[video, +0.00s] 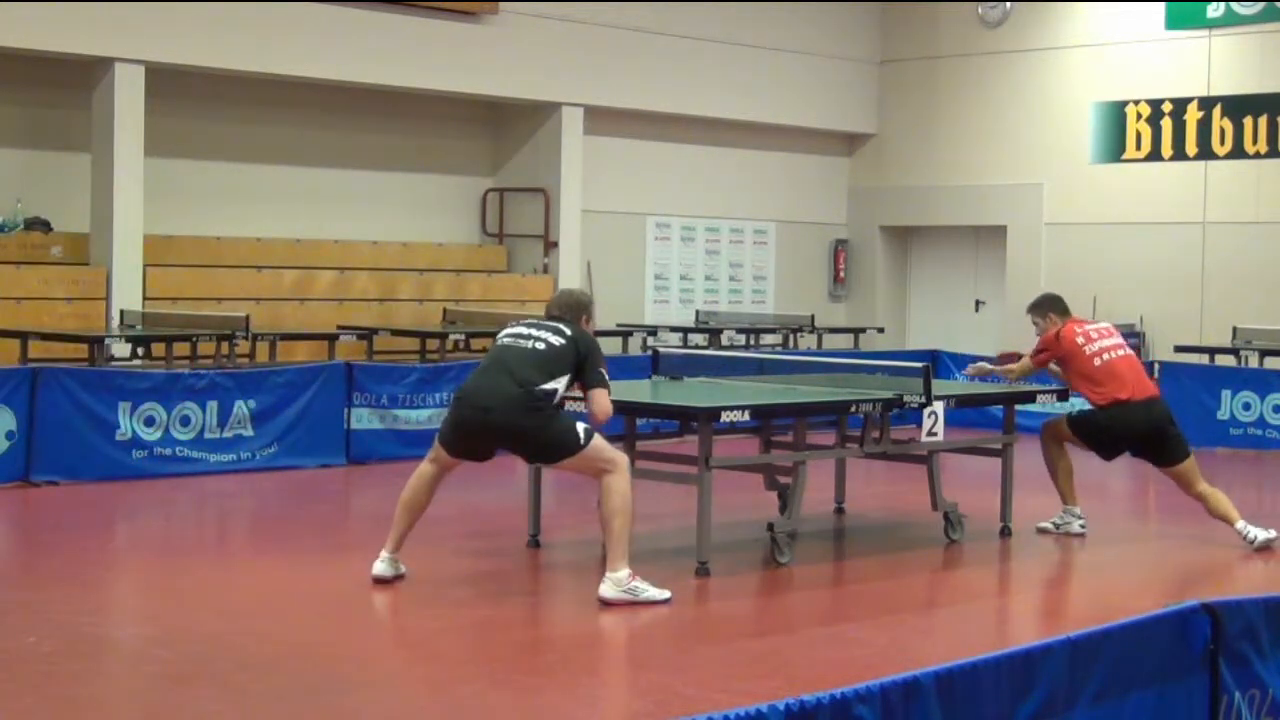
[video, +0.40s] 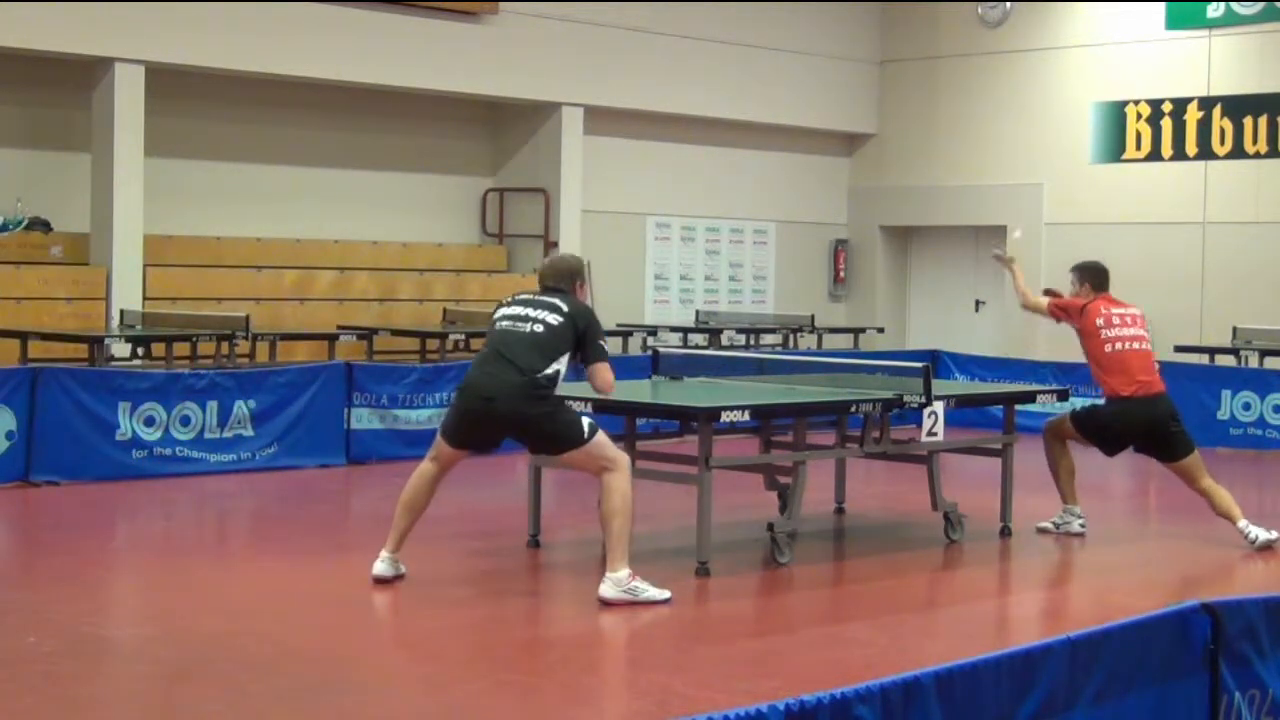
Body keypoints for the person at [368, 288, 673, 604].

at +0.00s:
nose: (594, 328)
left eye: (592, 322)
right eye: (593, 322)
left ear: (550, 314)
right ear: (584, 321)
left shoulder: (515, 327)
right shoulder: (583, 341)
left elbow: (502, 373)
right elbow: (601, 412)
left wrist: (547, 392)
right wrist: (587, 414)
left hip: (469, 410)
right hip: (524, 416)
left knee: (435, 463)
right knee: (616, 466)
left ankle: (386, 556)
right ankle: (619, 577)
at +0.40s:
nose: (587, 292)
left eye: (586, 286)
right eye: (586, 286)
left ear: (542, 284)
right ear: (577, 288)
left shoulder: (510, 303)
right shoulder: (579, 313)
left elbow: (498, 349)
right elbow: (604, 384)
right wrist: (593, 359)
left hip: (474, 399)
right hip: (529, 404)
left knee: (435, 463)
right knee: (615, 464)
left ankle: (386, 557)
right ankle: (618, 575)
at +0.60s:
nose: (589, 277)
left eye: (587, 271)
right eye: (588, 271)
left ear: (543, 270)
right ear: (579, 273)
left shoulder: (511, 291)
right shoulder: (581, 299)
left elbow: (500, 338)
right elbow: (604, 369)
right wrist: (599, 343)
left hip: (478, 387)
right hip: (532, 393)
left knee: (437, 462)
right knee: (613, 464)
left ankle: (387, 556)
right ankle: (618, 576)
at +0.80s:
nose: (592, 284)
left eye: (591, 277)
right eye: (591, 277)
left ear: (547, 276)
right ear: (582, 279)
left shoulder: (515, 298)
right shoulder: (583, 307)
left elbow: (500, 346)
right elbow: (607, 376)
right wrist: (614, 375)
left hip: (479, 399)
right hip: (533, 404)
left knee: (438, 466)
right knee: (620, 468)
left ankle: (387, 557)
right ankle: (617, 576)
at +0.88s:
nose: (594, 279)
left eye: (592, 272)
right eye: (593, 272)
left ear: (550, 271)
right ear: (584, 275)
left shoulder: (518, 297)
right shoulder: (584, 303)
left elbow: (500, 348)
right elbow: (608, 368)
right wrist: (622, 379)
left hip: (486, 400)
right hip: (539, 404)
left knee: (444, 467)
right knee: (625, 469)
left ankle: (389, 556)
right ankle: (619, 577)